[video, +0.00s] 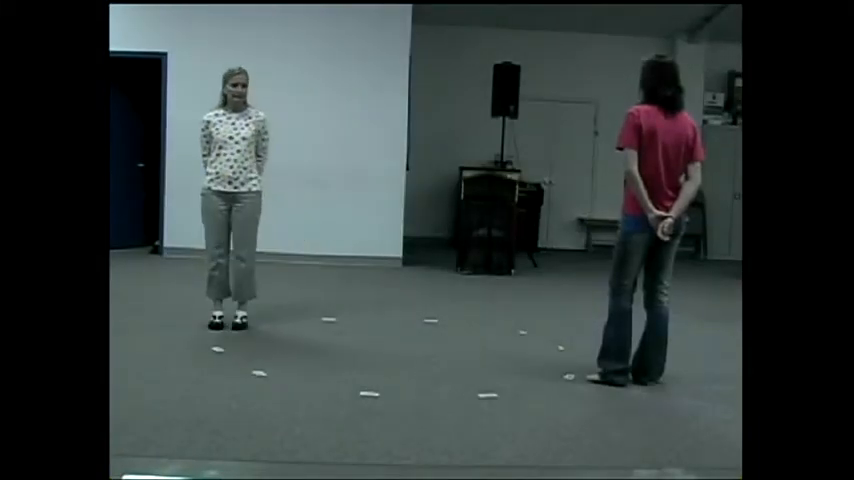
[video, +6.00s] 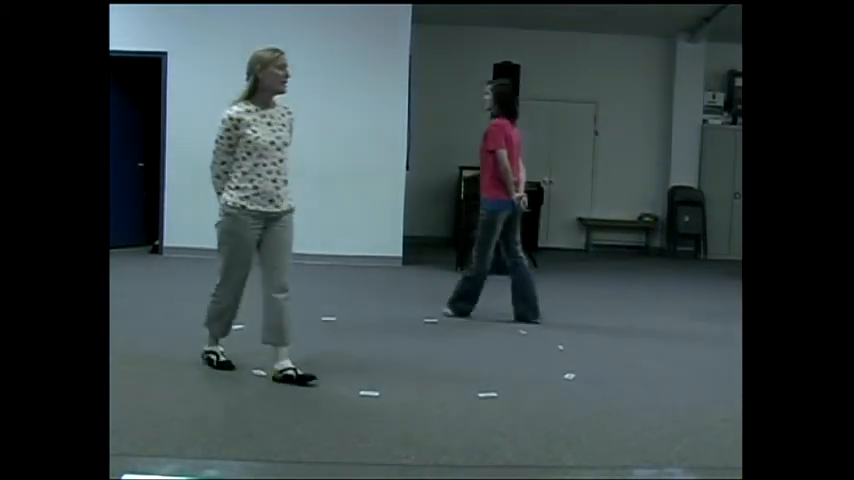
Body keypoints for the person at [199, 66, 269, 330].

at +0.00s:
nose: (239, 90)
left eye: (243, 86)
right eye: (234, 85)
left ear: (248, 89)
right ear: (224, 88)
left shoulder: (258, 119)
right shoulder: (210, 119)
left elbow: (262, 155)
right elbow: (206, 154)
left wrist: (252, 178)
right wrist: (215, 176)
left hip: (247, 190)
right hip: (215, 189)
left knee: (243, 251)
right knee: (217, 251)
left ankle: (241, 309)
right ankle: (217, 308)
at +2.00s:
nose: (234, 88)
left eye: (239, 84)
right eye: (229, 84)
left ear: (246, 87)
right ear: (222, 88)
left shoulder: (257, 119)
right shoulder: (210, 120)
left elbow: (262, 156)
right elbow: (207, 155)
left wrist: (255, 180)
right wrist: (214, 178)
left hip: (247, 191)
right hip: (215, 191)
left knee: (243, 253)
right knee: (217, 253)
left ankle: (241, 309)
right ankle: (218, 308)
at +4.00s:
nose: (233, 82)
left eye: (238, 78)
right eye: (228, 77)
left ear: (243, 84)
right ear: (217, 81)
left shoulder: (254, 120)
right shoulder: (201, 119)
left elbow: (256, 160)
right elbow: (195, 161)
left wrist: (245, 185)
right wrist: (206, 184)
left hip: (244, 201)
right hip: (209, 201)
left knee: (237, 267)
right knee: (210, 265)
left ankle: (233, 334)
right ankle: (212, 317)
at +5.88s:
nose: (273, 73)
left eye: (274, 68)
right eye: (267, 68)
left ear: (261, 74)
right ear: (247, 73)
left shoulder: (271, 113)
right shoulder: (221, 113)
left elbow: (261, 159)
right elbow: (205, 160)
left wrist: (242, 187)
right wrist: (213, 195)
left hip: (264, 206)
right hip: (226, 205)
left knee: (267, 279)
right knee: (221, 279)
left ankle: (279, 355)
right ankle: (213, 348)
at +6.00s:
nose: (287, 74)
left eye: (286, 68)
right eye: (279, 68)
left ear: (280, 75)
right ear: (258, 74)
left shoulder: (285, 115)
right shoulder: (236, 116)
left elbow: (278, 163)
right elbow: (219, 164)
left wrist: (264, 191)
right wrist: (227, 199)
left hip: (279, 211)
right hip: (241, 210)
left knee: (278, 286)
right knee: (232, 282)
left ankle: (282, 360)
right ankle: (214, 345)